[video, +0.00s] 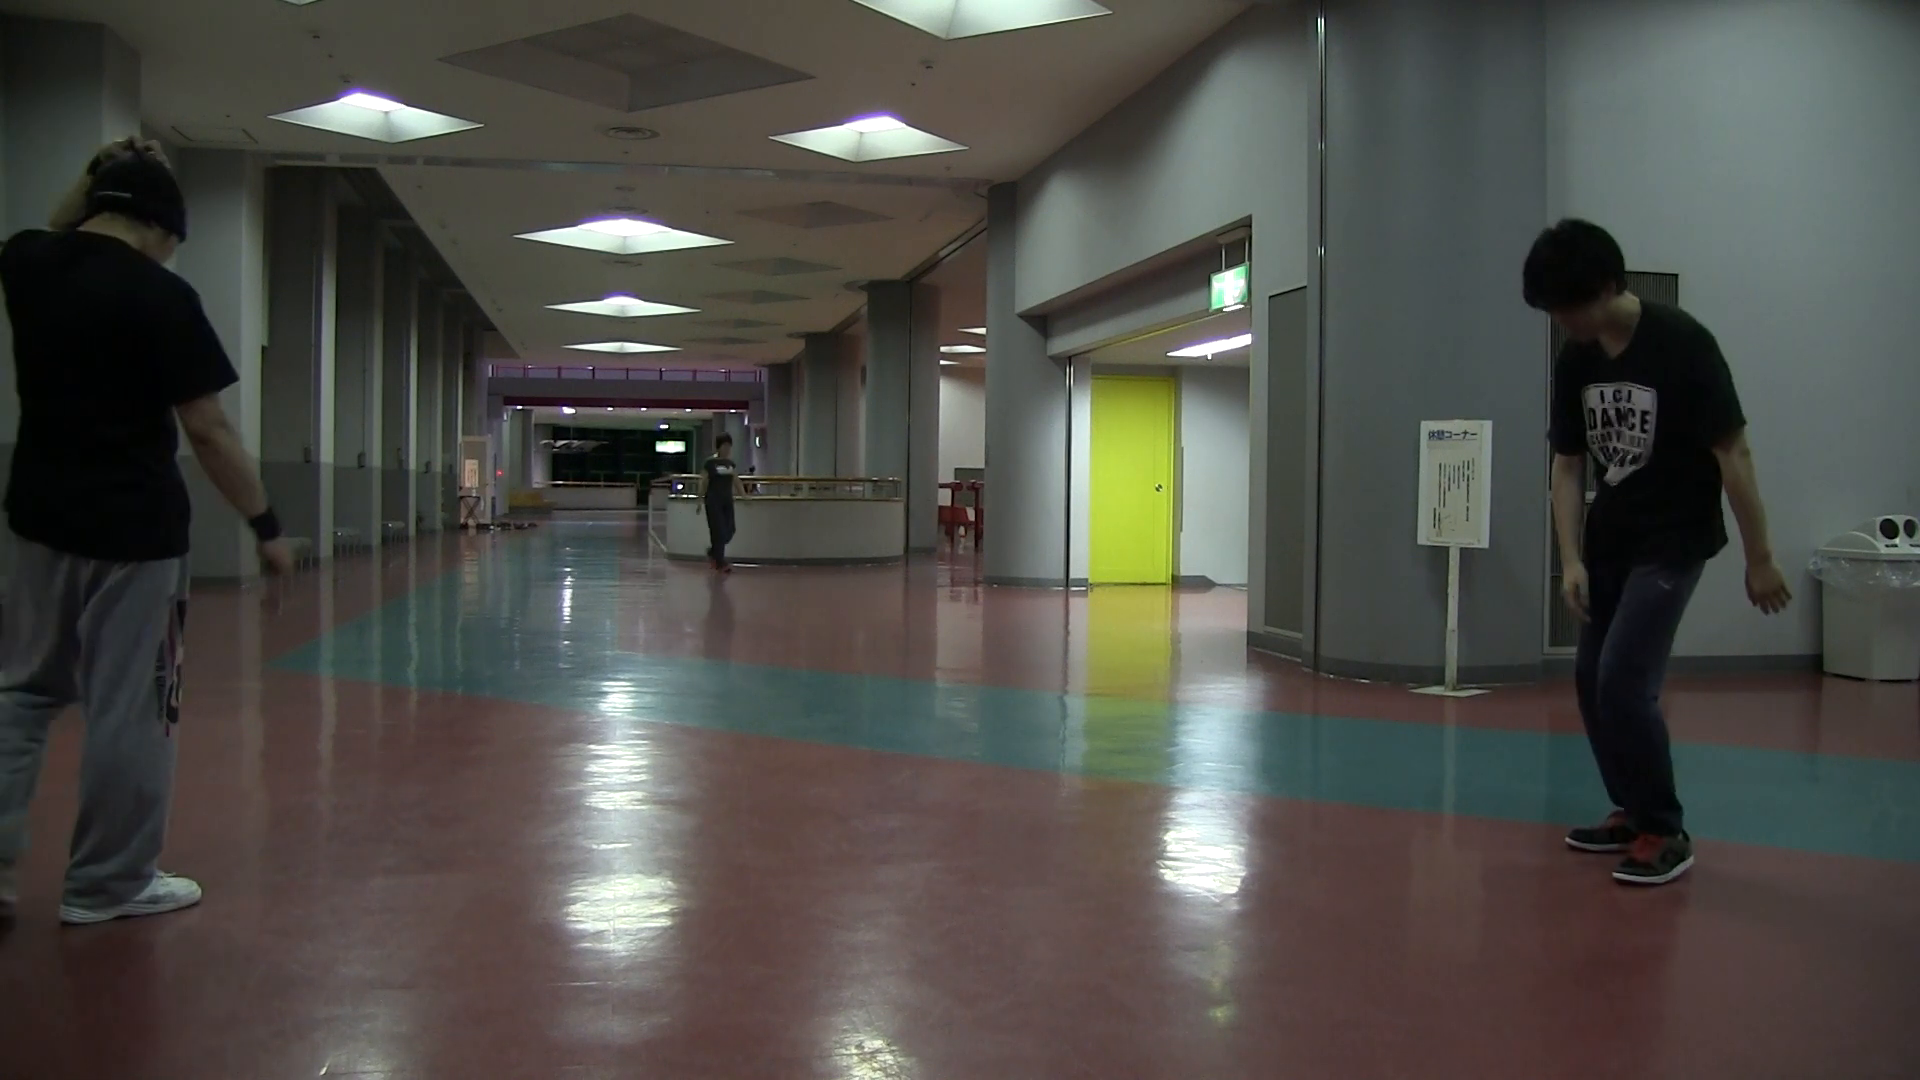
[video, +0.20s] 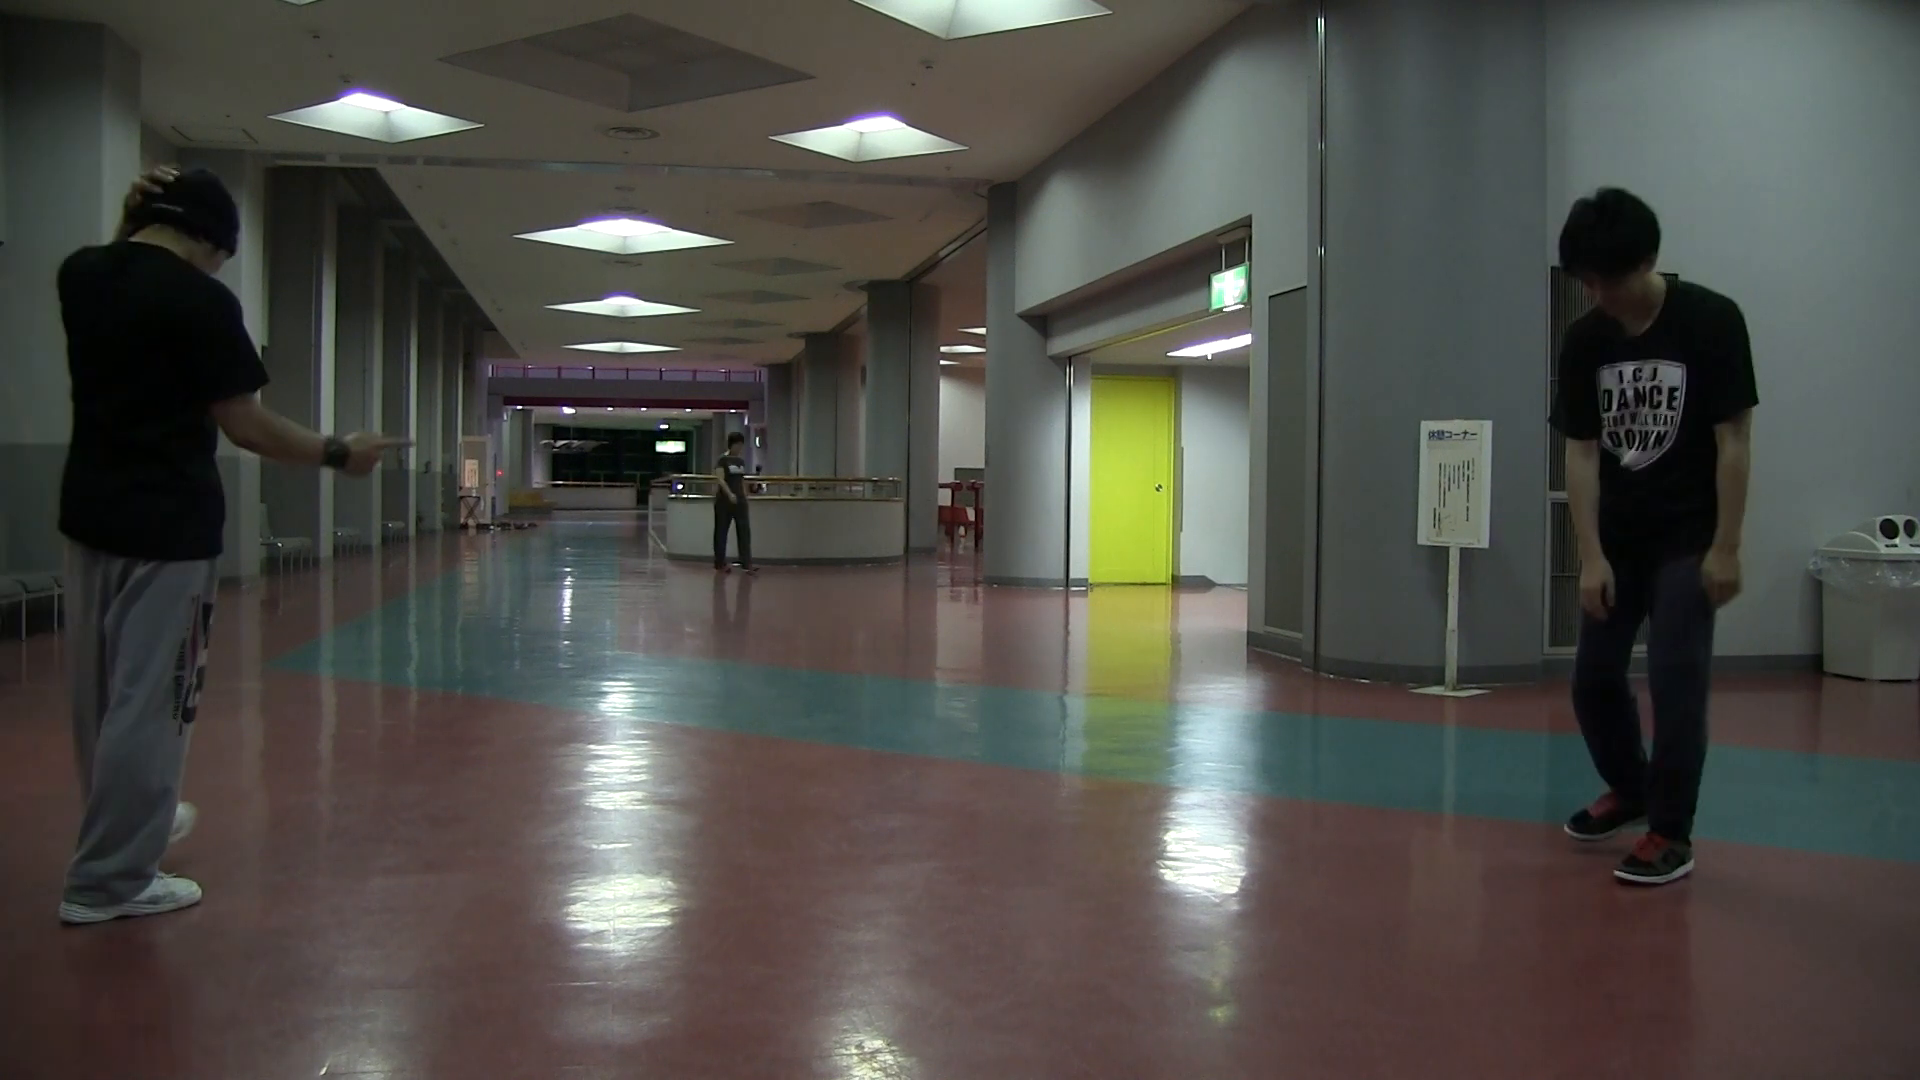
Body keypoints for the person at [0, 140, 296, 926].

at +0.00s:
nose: (170, 254)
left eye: (171, 241)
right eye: (171, 240)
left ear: (89, 211)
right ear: (157, 228)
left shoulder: (31, 264)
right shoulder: (165, 298)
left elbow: (43, 236)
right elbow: (209, 431)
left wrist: (94, 179)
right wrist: (266, 524)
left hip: (37, 514)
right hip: (136, 527)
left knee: (22, 691)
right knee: (131, 702)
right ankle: (109, 879)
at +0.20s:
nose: (217, 265)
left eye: (218, 254)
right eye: (219, 253)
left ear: (146, 219)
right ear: (207, 241)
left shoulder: (83, 276)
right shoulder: (203, 301)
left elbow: (116, 256)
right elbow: (244, 421)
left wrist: (135, 211)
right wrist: (335, 450)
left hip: (89, 513)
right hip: (171, 524)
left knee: (99, 685)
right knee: (152, 697)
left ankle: (127, 824)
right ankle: (109, 881)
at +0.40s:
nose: (257, 283)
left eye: (259, 270)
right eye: (259, 270)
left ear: (192, 238)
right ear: (244, 256)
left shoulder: (134, 291)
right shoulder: (231, 312)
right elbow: (288, 423)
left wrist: (193, 231)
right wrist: (386, 414)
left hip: (145, 519)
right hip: (210, 529)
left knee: (188, 689)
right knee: (176, 700)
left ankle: (247, 816)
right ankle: (108, 878)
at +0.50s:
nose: (276, 288)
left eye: (280, 274)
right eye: (278, 272)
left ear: (212, 244)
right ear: (257, 258)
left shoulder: (160, 300)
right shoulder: (240, 313)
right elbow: (290, 416)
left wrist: (212, 242)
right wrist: (390, 413)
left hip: (184, 522)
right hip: (236, 528)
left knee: (223, 682)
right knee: (207, 691)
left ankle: (257, 824)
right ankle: (119, 862)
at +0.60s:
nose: (299, 282)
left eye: (304, 268)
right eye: (300, 266)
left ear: (236, 240)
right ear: (272, 251)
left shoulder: (191, 298)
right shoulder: (246, 305)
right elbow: (285, 409)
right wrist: (394, 438)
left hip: (206, 521)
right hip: (254, 527)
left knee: (234, 673)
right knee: (271, 675)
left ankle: (253, 821)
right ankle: (150, 823)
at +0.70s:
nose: (322, 276)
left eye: (326, 264)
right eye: (319, 261)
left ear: (261, 245)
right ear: (287, 251)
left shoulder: (222, 299)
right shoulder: (261, 304)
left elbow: (248, 401)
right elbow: (284, 411)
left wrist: (300, 322)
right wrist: (370, 479)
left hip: (227, 517)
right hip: (275, 522)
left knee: (241, 664)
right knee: (325, 664)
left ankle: (257, 816)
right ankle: (207, 794)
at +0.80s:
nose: (344, 280)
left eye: (347, 269)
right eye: (341, 265)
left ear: (288, 251)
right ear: (310, 254)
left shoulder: (258, 300)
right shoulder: (278, 305)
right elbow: (282, 413)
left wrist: (323, 272)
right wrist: (320, 512)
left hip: (250, 520)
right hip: (292, 520)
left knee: (257, 666)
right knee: (358, 659)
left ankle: (246, 820)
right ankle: (284, 808)